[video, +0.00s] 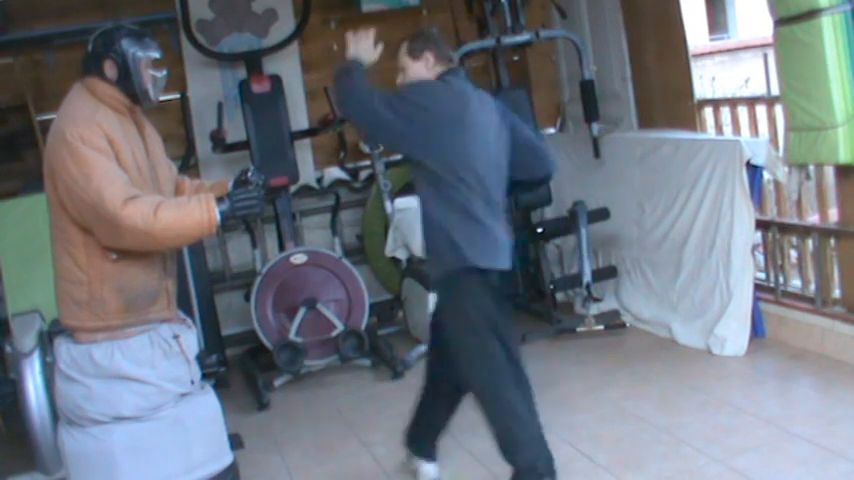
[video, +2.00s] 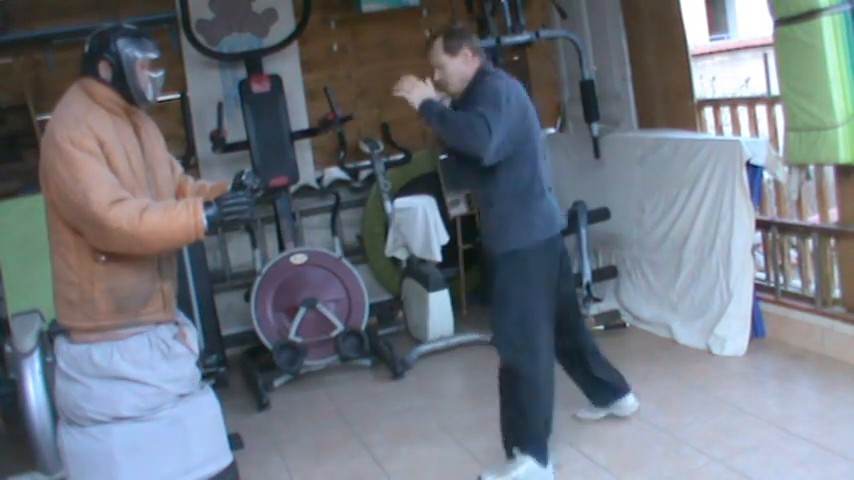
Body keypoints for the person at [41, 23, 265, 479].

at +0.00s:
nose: (153, 75)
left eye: (153, 64)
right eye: (144, 64)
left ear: (117, 68)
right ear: (111, 65)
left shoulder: (132, 118)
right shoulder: (78, 129)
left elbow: (170, 188)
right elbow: (123, 220)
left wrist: (227, 186)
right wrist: (215, 211)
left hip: (152, 315)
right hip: (108, 329)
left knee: (180, 447)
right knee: (132, 457)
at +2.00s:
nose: (149, 76)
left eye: (150, 66)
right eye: (139, 66)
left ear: (113, 69)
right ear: (106, 67)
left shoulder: (139, 121)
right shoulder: (70, 128)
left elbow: (177, 188)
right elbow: (110, 221)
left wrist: (229, 189)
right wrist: (205, 215)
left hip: (158, 318)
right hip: (103, 331)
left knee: (191, 448)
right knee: (123, 459)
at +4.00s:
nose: (151, 76)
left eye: (151, 66)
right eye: (140, 66)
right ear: (107, 66)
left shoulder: (141, 120)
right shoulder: (69, 130)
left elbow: (179, 187)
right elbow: (109, 221)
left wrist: (230, 187)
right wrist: (203, 216)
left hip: (161, 320)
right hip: (104, 333)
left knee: (190, 452)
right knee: (123, 461)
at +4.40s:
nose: (149, 75)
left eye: (149, 65)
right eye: (138, 65)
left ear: (112, 69)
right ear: (104, 67)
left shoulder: (140, 121)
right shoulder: (67, 130)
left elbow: (177, 186)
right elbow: (109, 222)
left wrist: (229, 191)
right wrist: (203, 216)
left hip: (160, 319)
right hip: (104, 331)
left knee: (188, 449)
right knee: (124, 459)